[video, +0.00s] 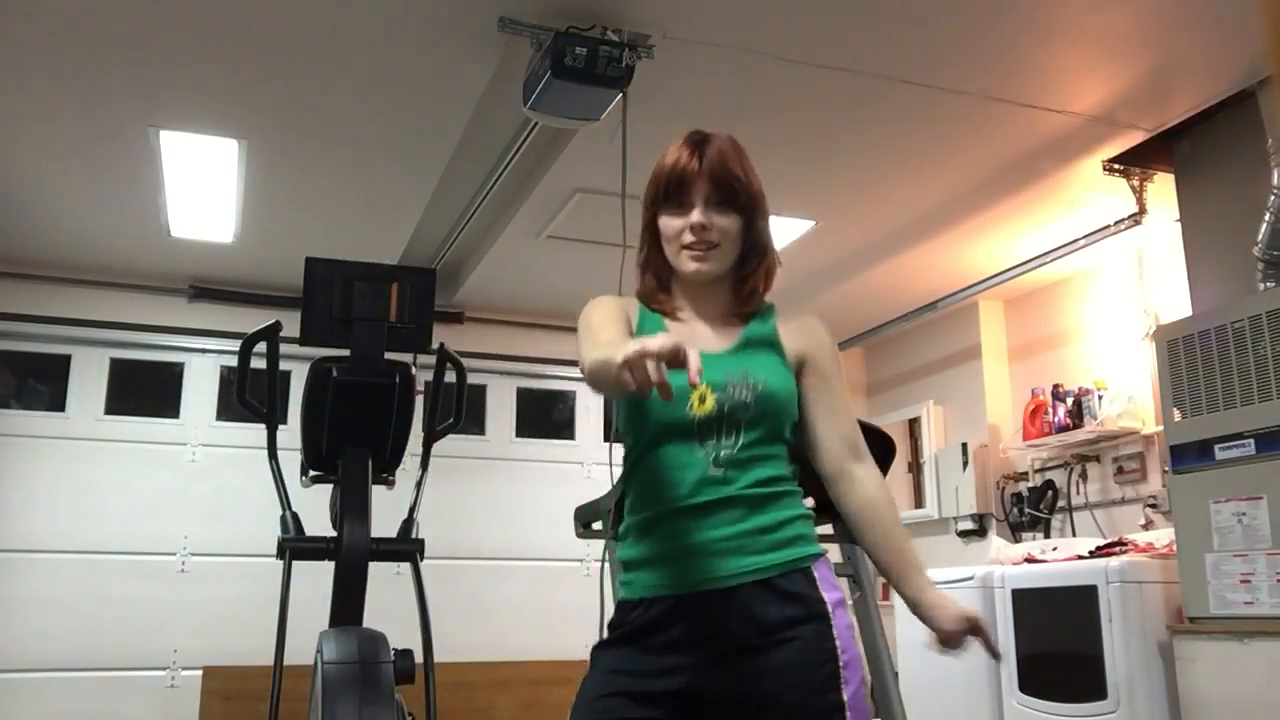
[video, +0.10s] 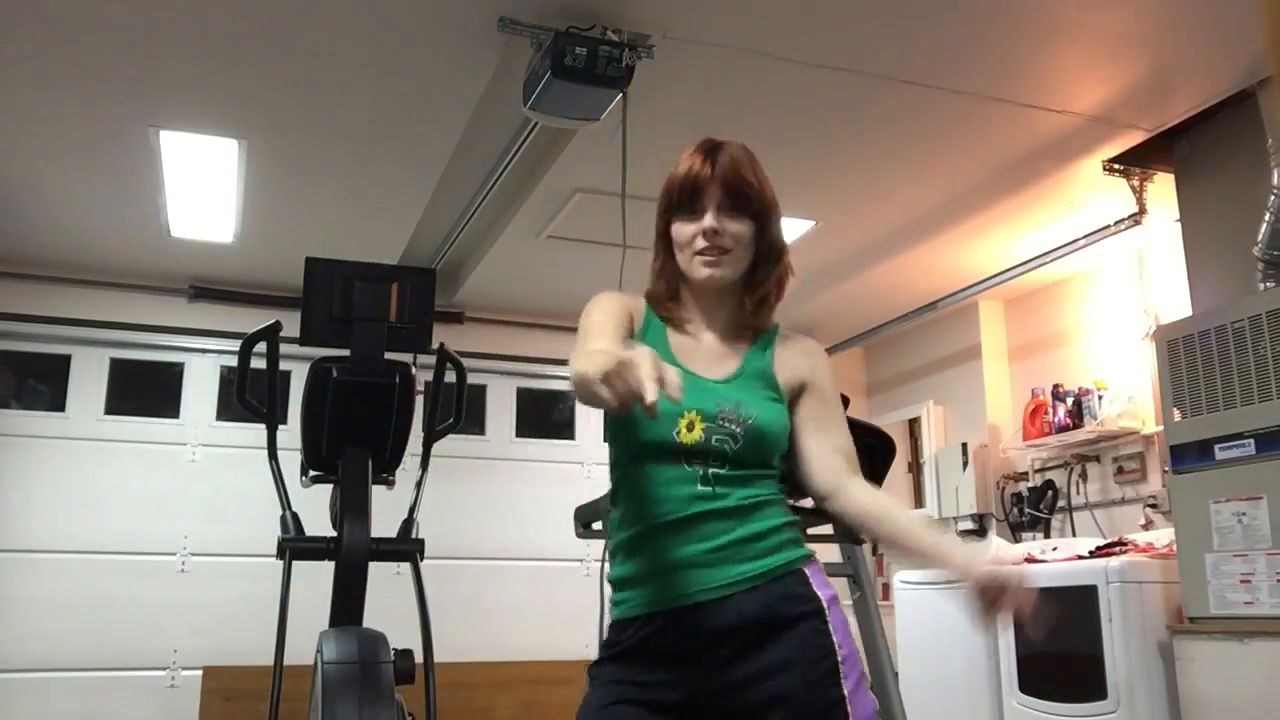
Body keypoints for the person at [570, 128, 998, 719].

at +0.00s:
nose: (697, 221)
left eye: (720, 204)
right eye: (676, 204)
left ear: (750, 221)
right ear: (654, 221)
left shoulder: (798, 334)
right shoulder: (615, 315)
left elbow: (849, 470)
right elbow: (600, 362)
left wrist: (928, 599)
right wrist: (629, 361)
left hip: (786, 614)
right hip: (655, 623)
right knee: (597, 711)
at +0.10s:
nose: (710, 229)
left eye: (732, 212)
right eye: (690, 212)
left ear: (762, 233)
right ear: (668, 229)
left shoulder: (796, 357)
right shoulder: (620, 313)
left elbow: (841, 484)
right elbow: (586, 368)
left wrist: (967, 561)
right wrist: (614, 372)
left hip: (777, 630)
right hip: (646, 641)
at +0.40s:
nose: (670, 183)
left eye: (690, 167)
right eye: (649, 165)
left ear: (714, 188)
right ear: (617, 182)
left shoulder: (730, 303)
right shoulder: (578, 265)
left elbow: (802, 376)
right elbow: (504, 374)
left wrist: (863, 257)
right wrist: (464, 240)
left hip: (688, 590)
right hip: (580, 581)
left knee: (742, 711)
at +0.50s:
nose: (649, 212)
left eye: (669, 196)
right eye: (628, 194)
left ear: (689, 218)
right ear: (595, 211)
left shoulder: (696, 335)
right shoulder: (551, 298)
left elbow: (777, 406)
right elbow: (465, 391)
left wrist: (803, 284)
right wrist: (443, 250)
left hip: (649, 624)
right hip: (547, 611)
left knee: (718, 712)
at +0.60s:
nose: (633, 224)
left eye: (653, 208)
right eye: (611, 205)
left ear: (674, 230)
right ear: (578, 223)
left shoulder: (682, 350)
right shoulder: (533, 309)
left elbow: (756, 430)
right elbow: (453, 403)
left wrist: (781, 303)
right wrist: (430, 262)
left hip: (633, 634)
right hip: (524, 617)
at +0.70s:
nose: (626, 210)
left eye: (647, 194)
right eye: (604, 191)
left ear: (667, 216)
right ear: (571, 206)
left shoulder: (672, 336)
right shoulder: (523, 288)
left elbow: (742, 427)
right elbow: (452, 396)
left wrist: (780, 304)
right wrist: (414, 256)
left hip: (627, 622)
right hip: (516, 605)